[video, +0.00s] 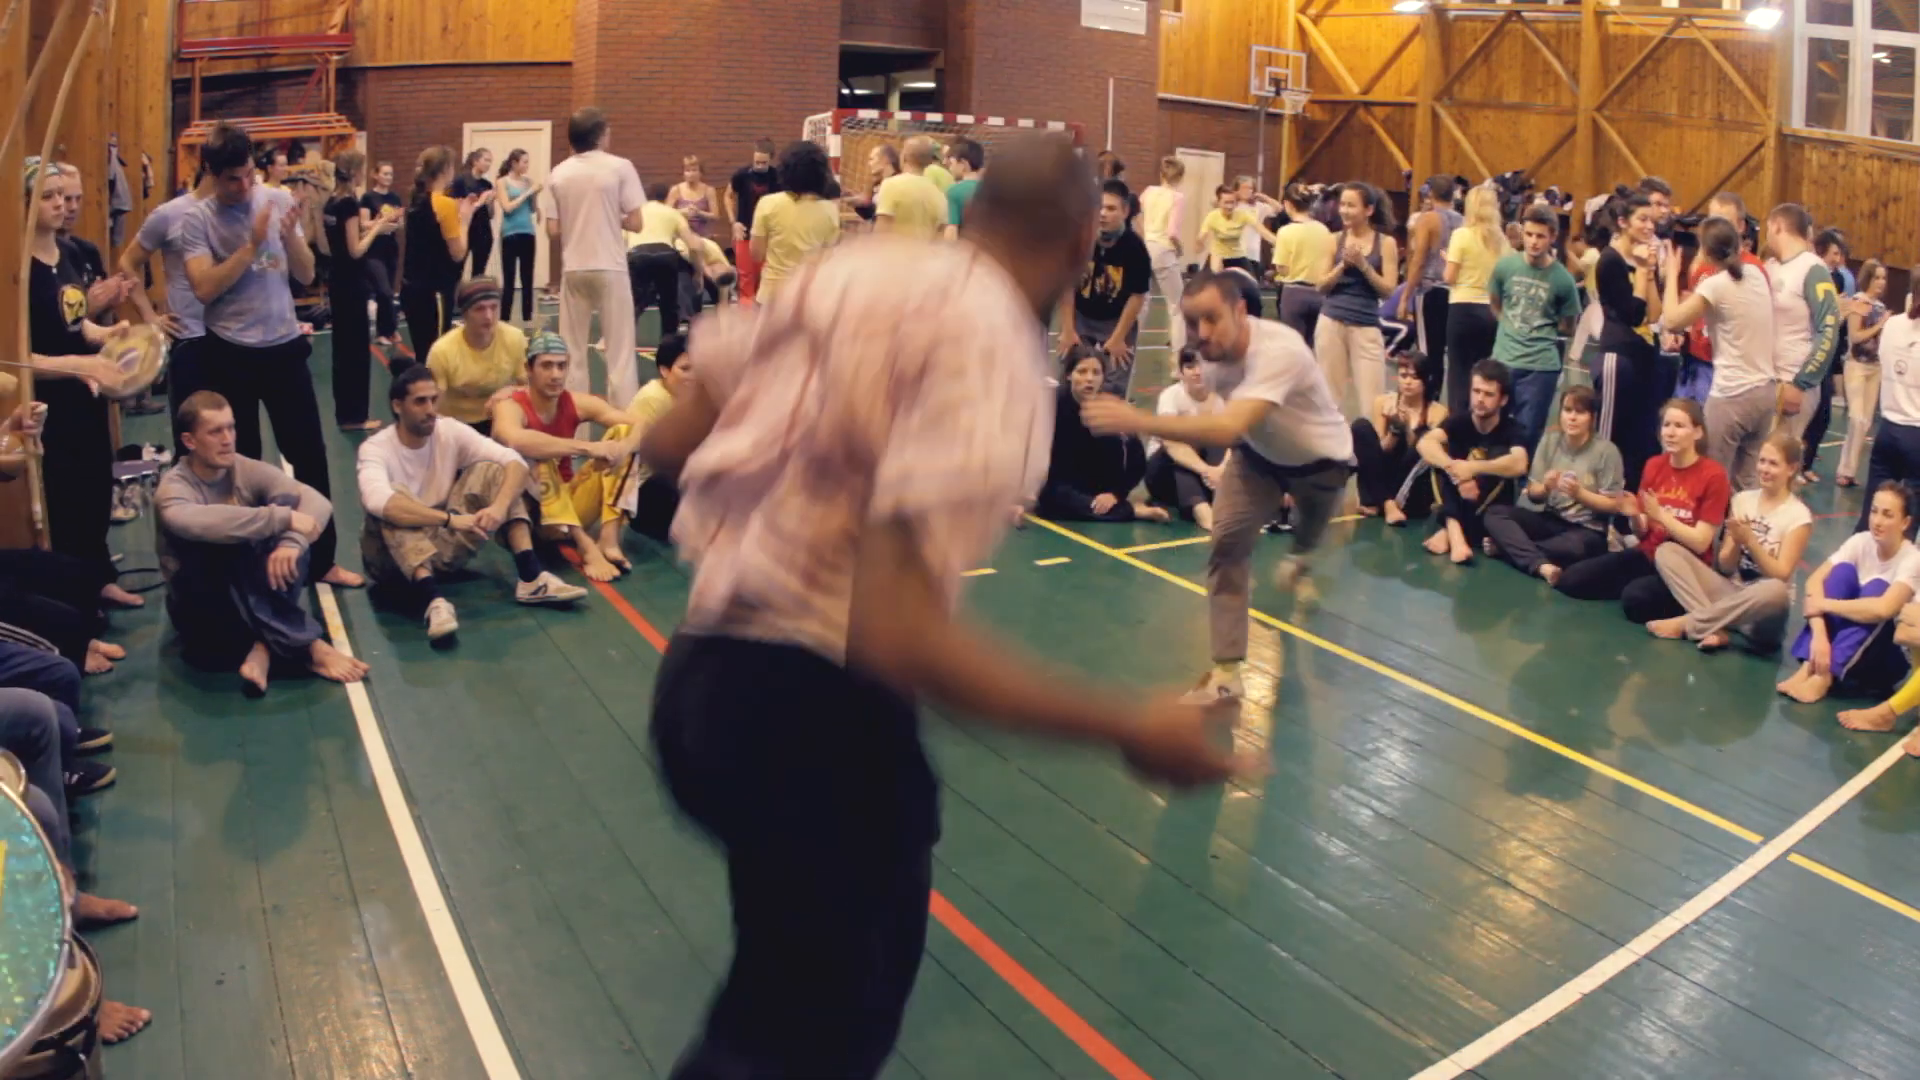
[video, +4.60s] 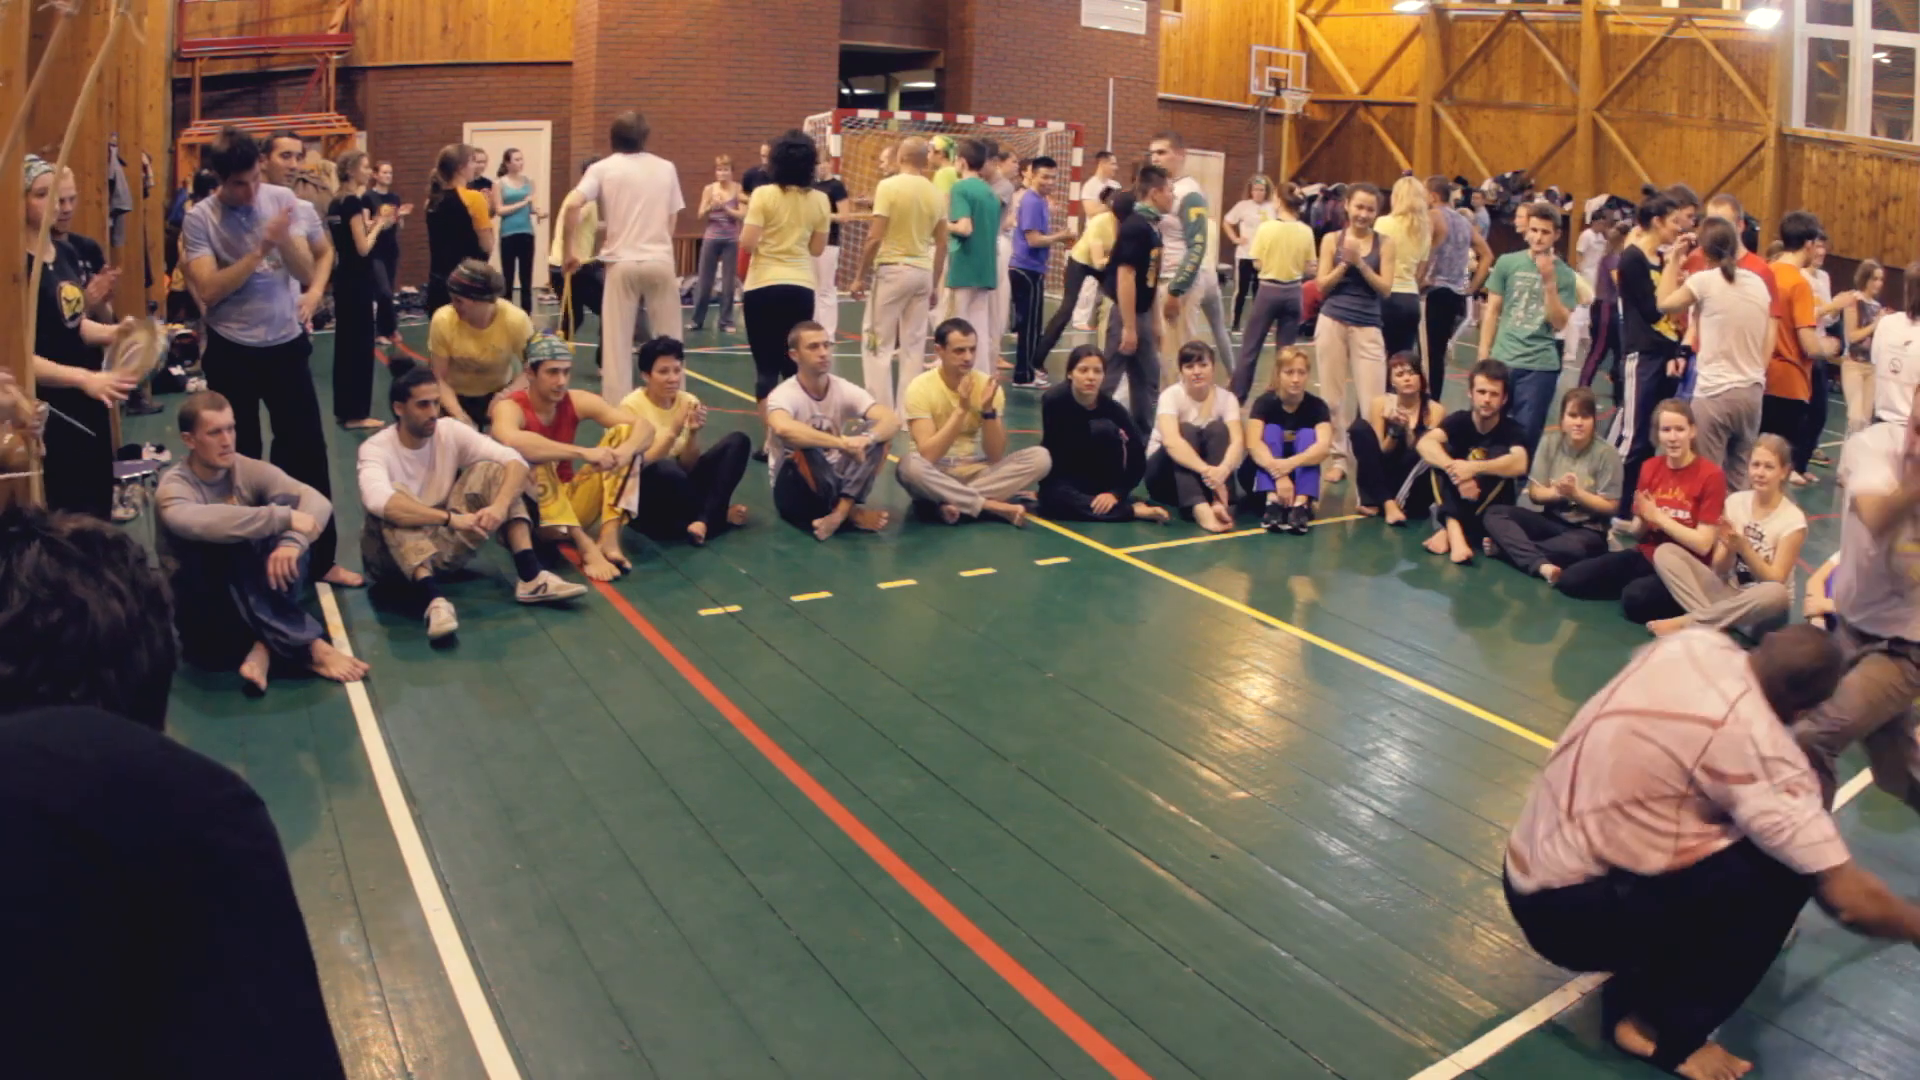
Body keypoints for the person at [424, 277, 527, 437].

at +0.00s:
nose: (488, 316)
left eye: (493, 307)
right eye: (479, 309)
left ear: (499, 309)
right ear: (464, 313)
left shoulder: (515, 339)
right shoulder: (442, 350)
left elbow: (525, 385)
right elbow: (433, 405)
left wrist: (510, 392)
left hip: (503, 421)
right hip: (457, 425)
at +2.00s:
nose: (483, 318)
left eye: (487, 310)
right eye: (475, 312)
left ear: (491, 310)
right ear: (458, 315)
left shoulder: (504, 339)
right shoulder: (435, 352)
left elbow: (524, 388)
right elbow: (423, 402)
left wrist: (505, 387)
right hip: (451, 429)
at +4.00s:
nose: (463, 322)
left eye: (469, 313)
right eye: (456, 315)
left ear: (485, 313)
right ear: (451, 317)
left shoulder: (504, 340)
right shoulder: (435, 352)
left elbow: (525, 390)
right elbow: (422, 401)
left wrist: (505, 387)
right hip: (449, 428)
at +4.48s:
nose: (461, 325)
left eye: (467, 319)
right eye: (459, 318)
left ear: (490, 318)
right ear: (456, 314)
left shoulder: (516, 336)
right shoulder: (445, 341)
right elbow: (433, 396)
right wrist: (451, 424)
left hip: (500, 415)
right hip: (456, 416)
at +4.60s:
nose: (454, 306)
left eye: (459, 301)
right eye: (452, 300)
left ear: (479, 301)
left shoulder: (516, 319)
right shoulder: (443, 319)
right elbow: (440, 378)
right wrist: (460, 416)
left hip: (498, 396)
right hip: (455, 396)